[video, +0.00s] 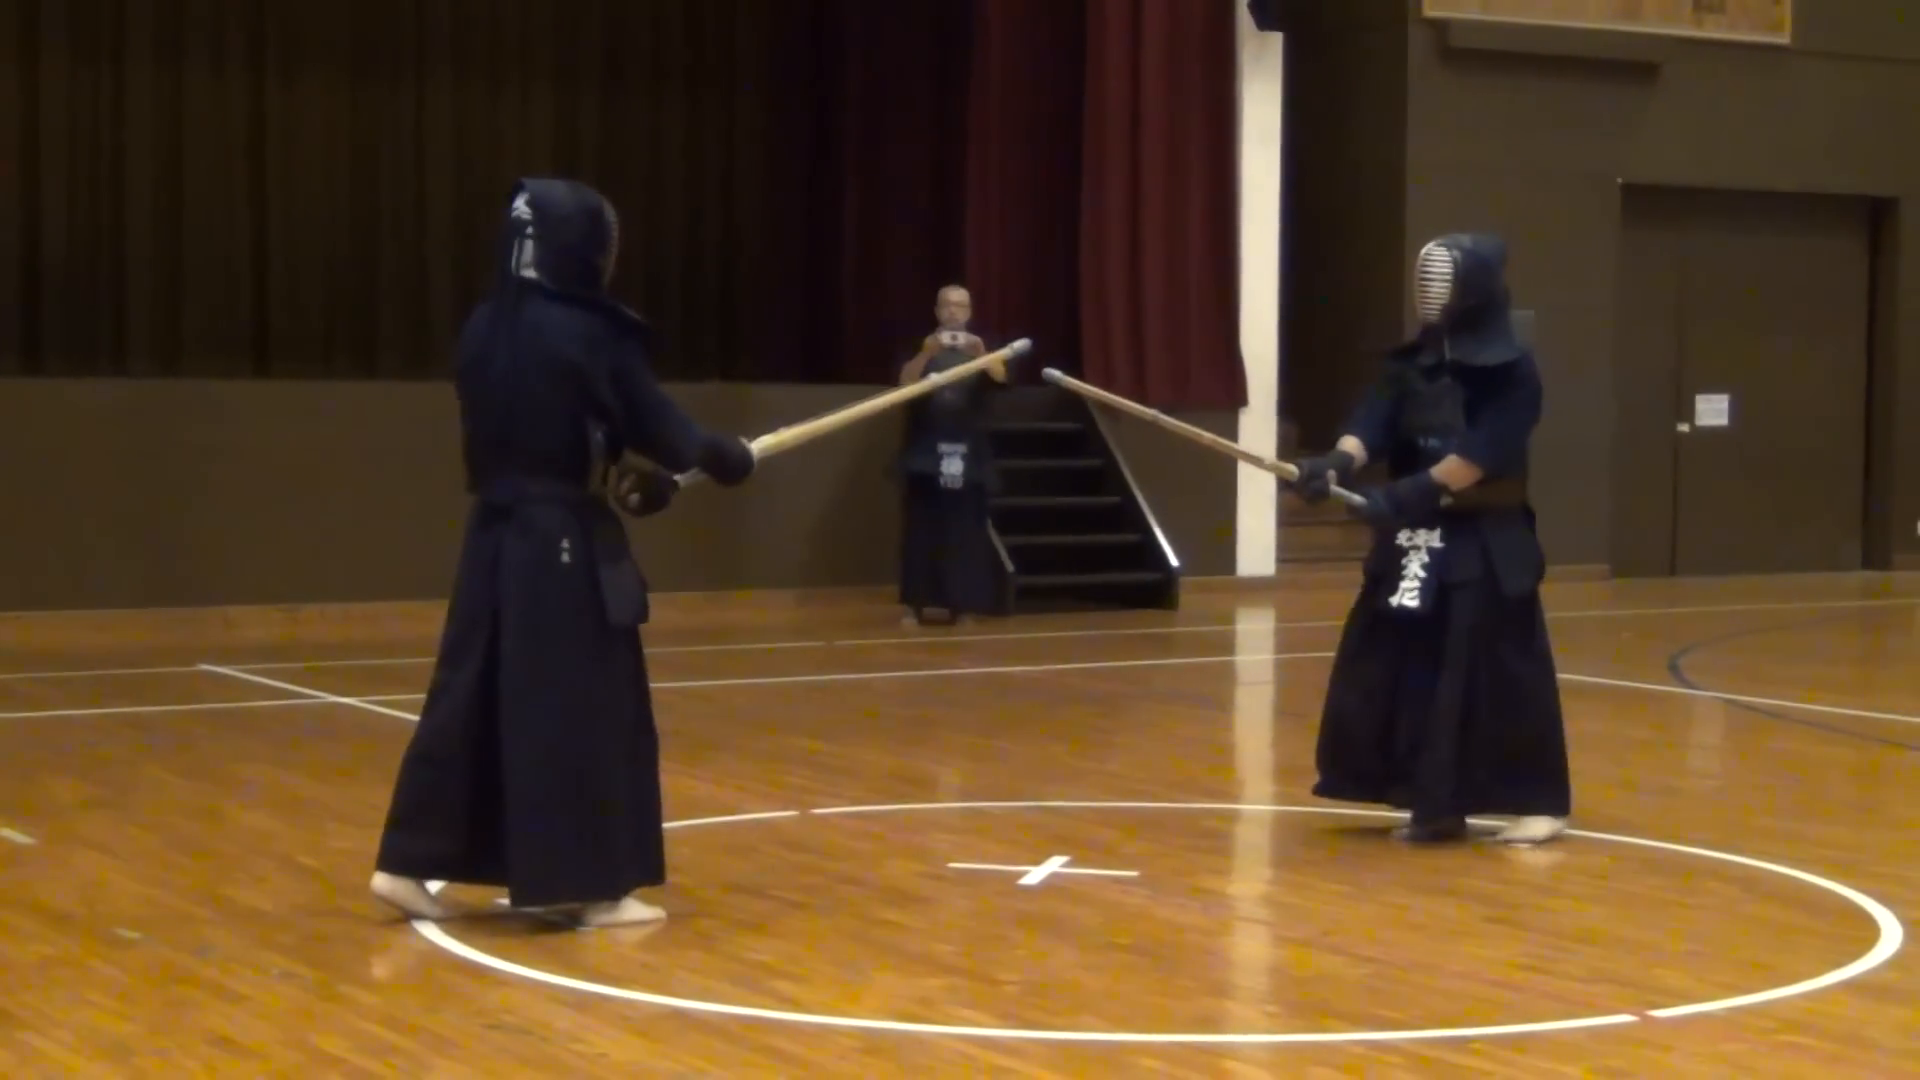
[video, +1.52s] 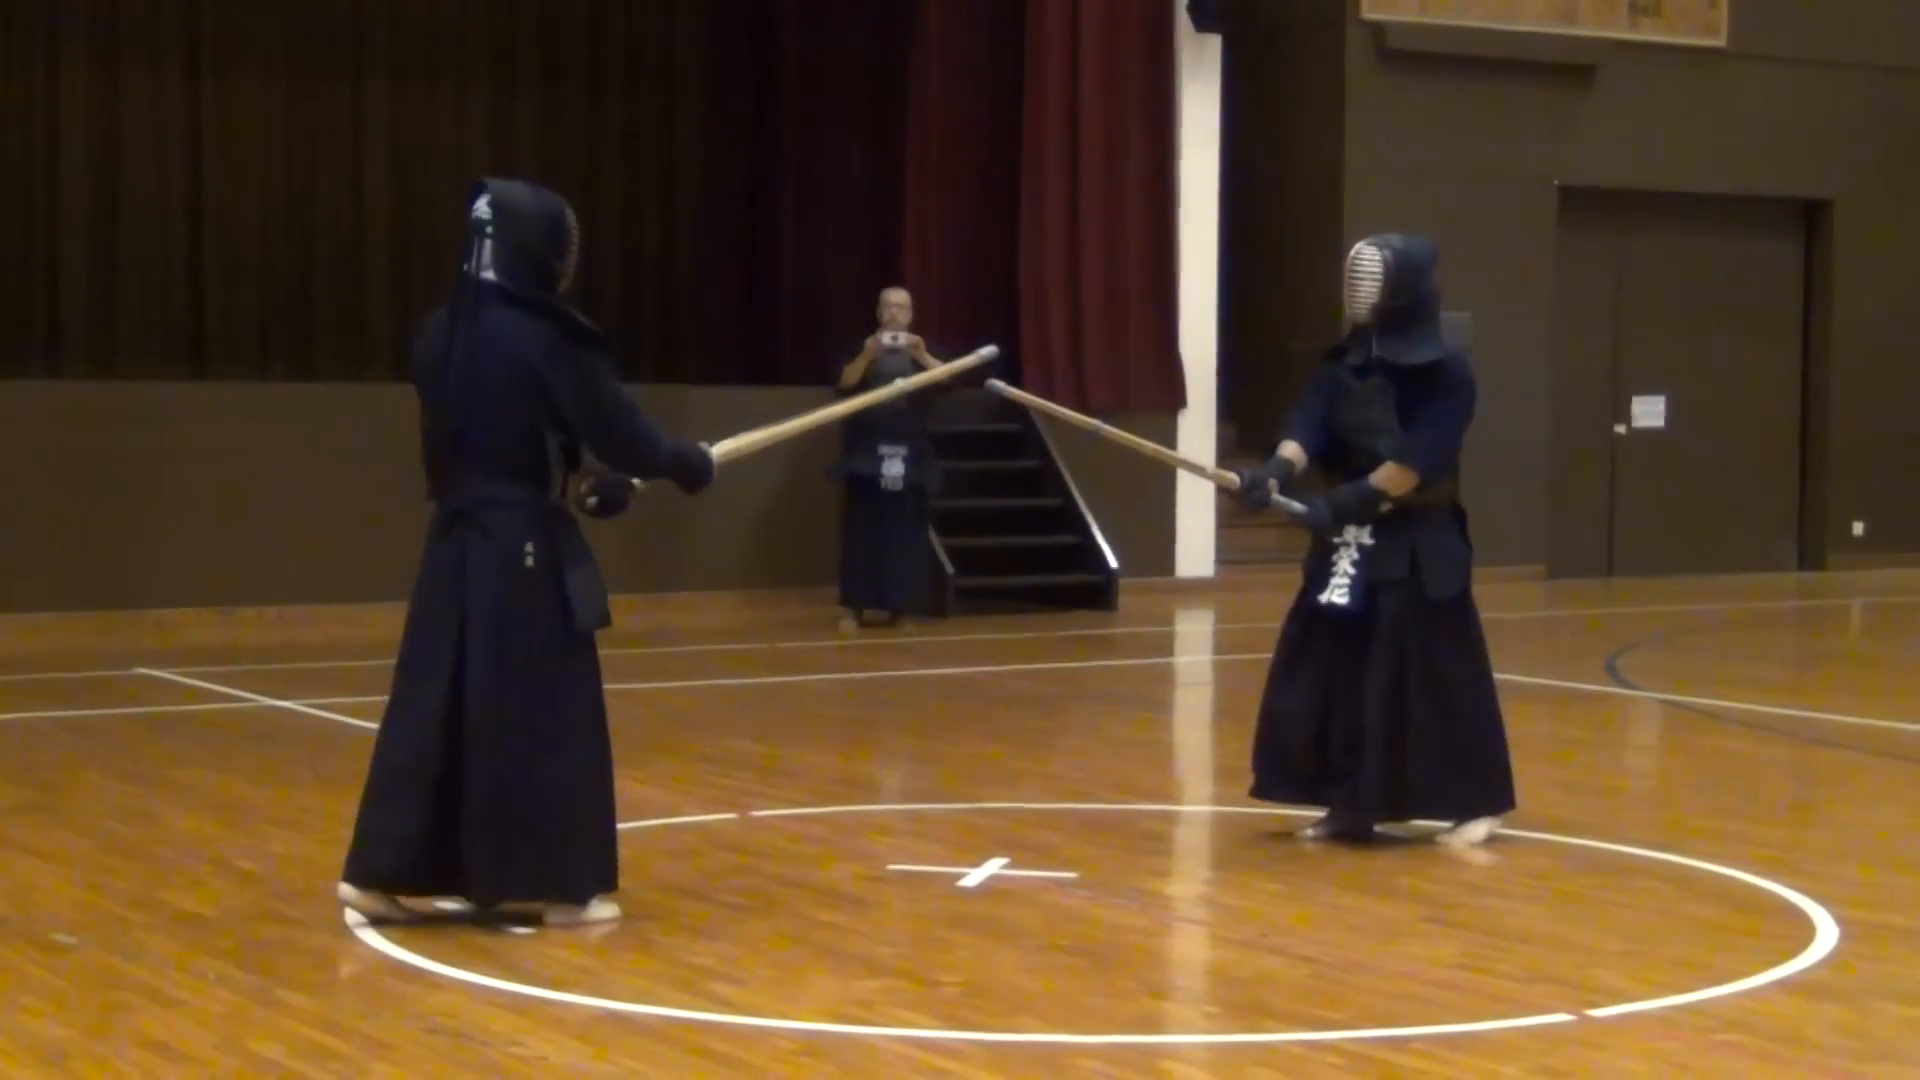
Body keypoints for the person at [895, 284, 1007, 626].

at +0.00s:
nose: (954, 312)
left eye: (961, 306)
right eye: (948, 306)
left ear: (970, 311)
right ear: (937, 310)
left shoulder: (980, 351)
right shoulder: (923, 348)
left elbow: (1002, 377)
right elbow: (905, 382)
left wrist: (977, 350)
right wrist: (928, 352)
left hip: (967, 445)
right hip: (926, 443)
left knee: (965, 521)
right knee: (923, 520)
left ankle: (962, 604)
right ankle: (915, 602)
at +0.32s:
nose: (953, 311)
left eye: (959, 305)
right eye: (946, 305)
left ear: (969, 310)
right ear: (935, 309)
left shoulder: (981, 348)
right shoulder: (920, 347)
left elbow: (1001, 376)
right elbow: (902, 380)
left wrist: (974, 349)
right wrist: (927, 353)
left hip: (967, 445)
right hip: (925, 444)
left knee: (962, 520)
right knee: (921, 520)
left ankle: (958, 601)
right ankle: (915, 600)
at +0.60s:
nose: (944, 312)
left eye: (950, 306)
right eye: (937, 306)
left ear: (960, 311)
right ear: (927, 310)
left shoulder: (969, 350)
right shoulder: (911, 347)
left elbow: (992, 377)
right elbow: (894, 382)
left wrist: (968, 349)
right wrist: (918, 352)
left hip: (957, 444)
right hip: (916, 443)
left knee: (954, 520)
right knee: (912, 520)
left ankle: (951, 602)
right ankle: (907, 601)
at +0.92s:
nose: (924, 313)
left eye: (930, 307)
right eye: (918, 307)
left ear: (940, 311)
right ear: (907, 311)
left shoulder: (950, 347)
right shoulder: (894, 348)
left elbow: (974, 377)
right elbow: (872, 383)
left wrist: (949, 354)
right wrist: (900, 356)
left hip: (937, 442)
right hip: (896, 441)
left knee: (932, 521)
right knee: (893, 520)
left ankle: (928, 602)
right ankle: (886, 601)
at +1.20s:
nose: (909, 314)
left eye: (916, 308)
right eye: (903, 308)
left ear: (926, 313)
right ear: (893, 312)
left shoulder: (937, 350)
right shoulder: (879, 349)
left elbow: (965, 382)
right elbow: (859, 384)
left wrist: (935, 355)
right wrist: (884, 354)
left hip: (924, 446)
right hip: (882, 445)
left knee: (921, 522)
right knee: (879, 522)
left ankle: (918, 601)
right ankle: (875, 602)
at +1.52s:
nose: (894, 314)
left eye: (901, 308)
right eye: (889, 307)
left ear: (911, 313)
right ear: (878, 312)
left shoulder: (922, 352)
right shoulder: (862, 349)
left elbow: (949, 380)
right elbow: (844, 384)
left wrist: (920, 354)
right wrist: (868, 354)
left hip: (908, 448)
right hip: (866, 446)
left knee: (904, 525)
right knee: (861, 524)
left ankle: (901, 607)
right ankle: (853, 606)